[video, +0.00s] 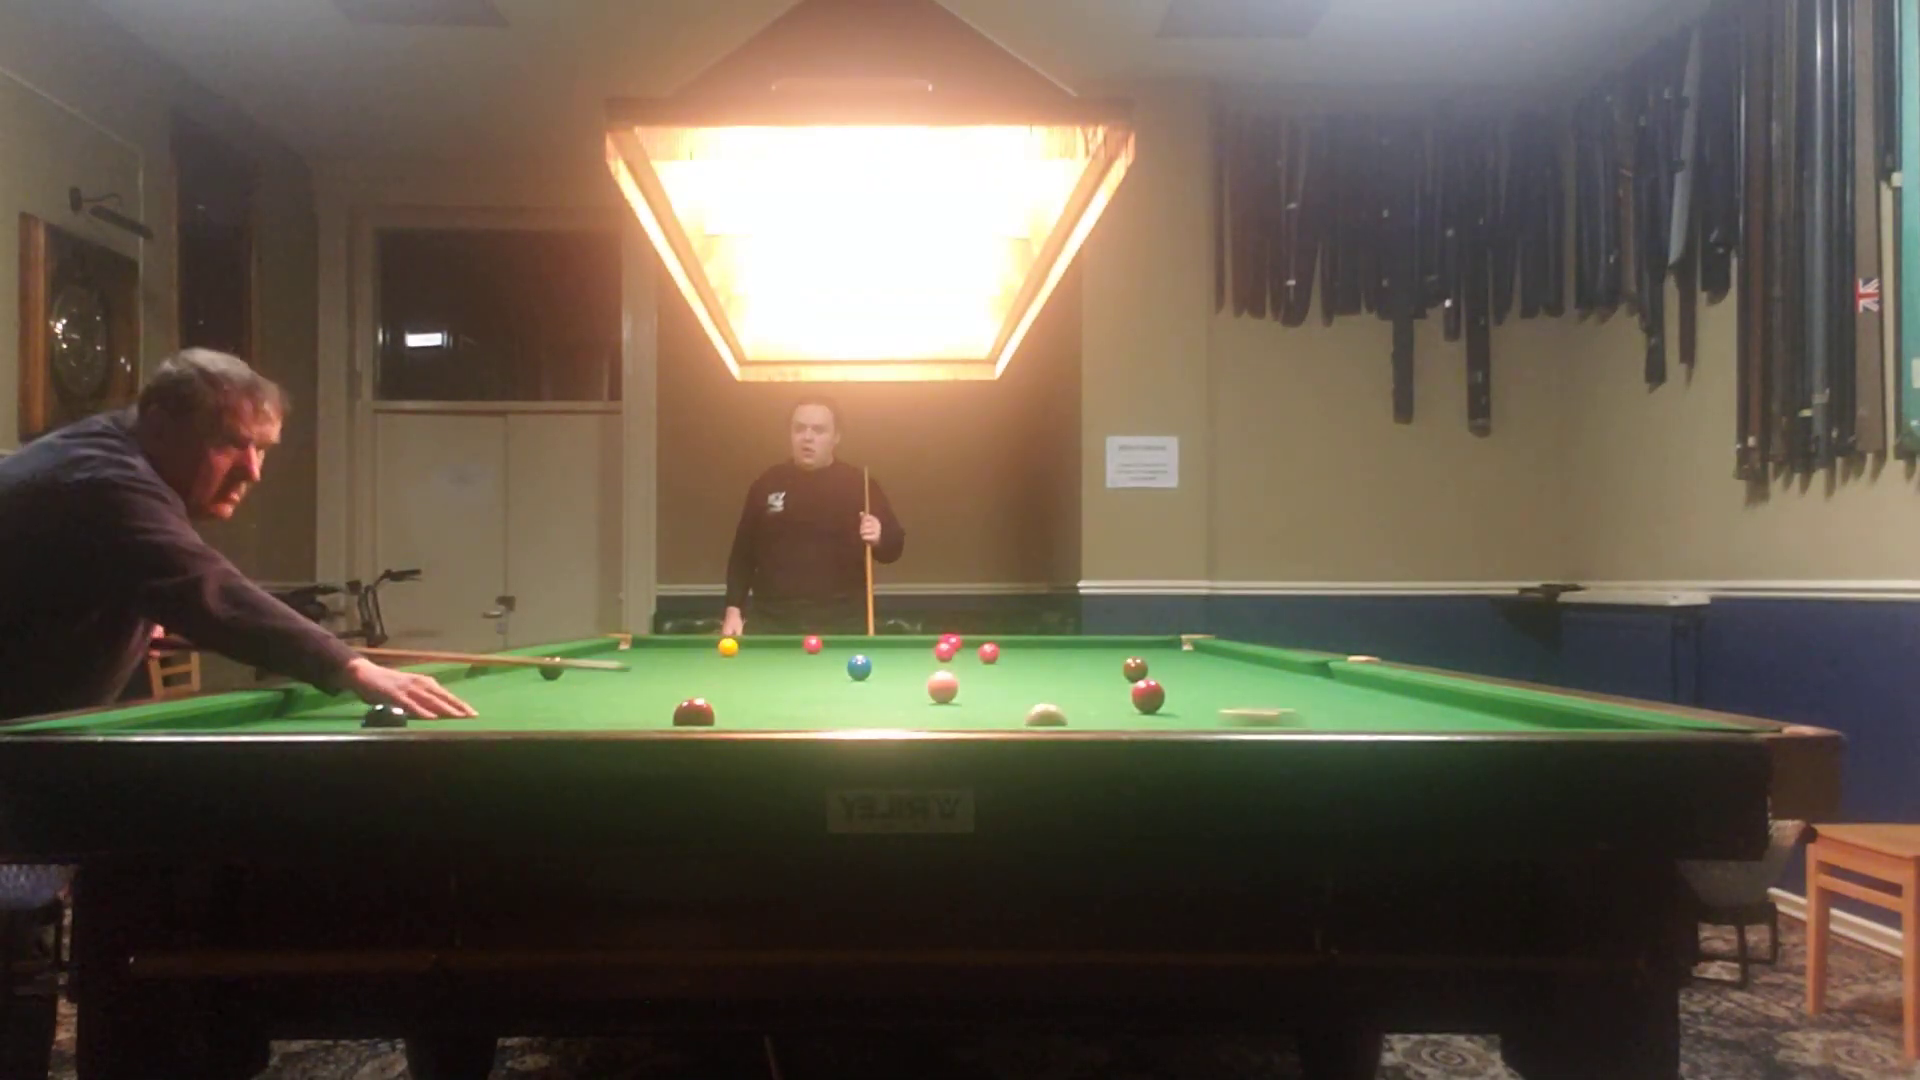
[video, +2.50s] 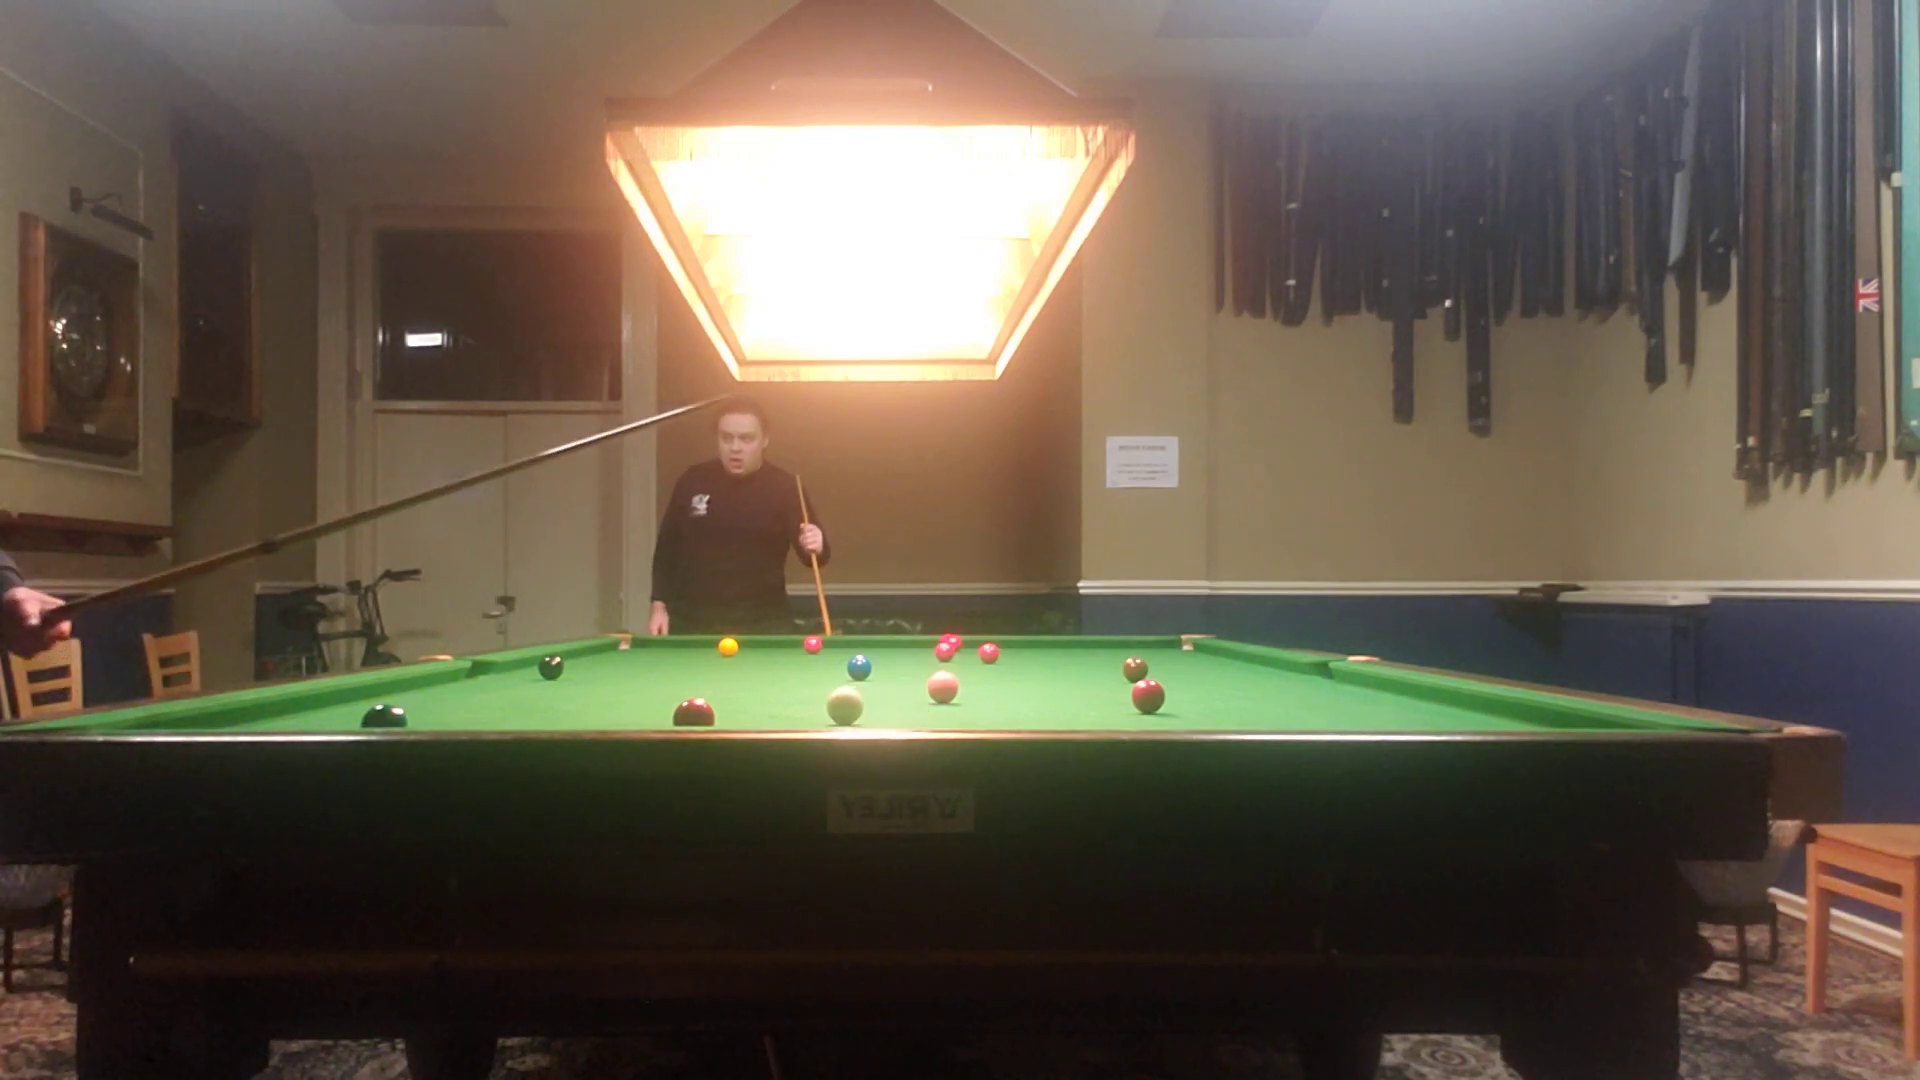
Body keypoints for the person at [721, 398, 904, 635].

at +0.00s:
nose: (807, 438)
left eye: (818, 430)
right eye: (800, 429)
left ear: (836, 437)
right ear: (790, 434)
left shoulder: (860, 485)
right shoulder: (768, 485)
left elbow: (893, 550)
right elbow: (743, 552)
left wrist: (881, 538)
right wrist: (734, 608)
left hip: (842, 626)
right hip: (773, 627)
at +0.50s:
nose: (795, 436)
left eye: (806, 429)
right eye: (788, 427)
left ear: (822, 437)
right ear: (776, 433)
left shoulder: (847, 482)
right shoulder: (754, 484)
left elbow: (880, 548)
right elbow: (730, 552)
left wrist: (867, 537)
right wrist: (723, 608)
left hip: (831, 624)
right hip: (761, 625)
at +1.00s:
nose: (753, 431)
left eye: (765, 424)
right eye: (746, 422)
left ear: (781, 433)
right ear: (735, 429)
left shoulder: (808, 482)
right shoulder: (711, 483)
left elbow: (836, 552)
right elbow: (687, 550)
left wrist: (839, 539)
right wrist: (681, 608)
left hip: (792, 627)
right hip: (723, 626)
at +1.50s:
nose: (728, 433)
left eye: (739, 426)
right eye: (720, 425)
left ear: (758, 434)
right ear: (711, 431)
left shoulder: (781, 485)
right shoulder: (686, 485)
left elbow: (809, 550)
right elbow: (662, 551)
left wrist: (821, 543)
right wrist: (655, 609)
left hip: (767, 627)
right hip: (696, 628)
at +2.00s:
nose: (727, 441)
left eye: (738, 433)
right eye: (719, 433)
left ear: (757, 437)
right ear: (711, 437)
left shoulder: (781, 486)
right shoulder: (689, 484)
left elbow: (815, 554)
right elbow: (665, 550)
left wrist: (817, 544)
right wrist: (659, 606)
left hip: (765, 629)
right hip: (695, 630)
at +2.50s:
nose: (735, 448)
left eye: (747, 438)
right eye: (727, 438)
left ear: (765, 440)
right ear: (716, 440)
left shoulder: (786, 487)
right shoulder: (694, 482)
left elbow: (814, 558)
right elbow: (667, 547)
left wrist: (817, 545)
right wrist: (659, 605)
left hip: (765, 631)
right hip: (695, 631)